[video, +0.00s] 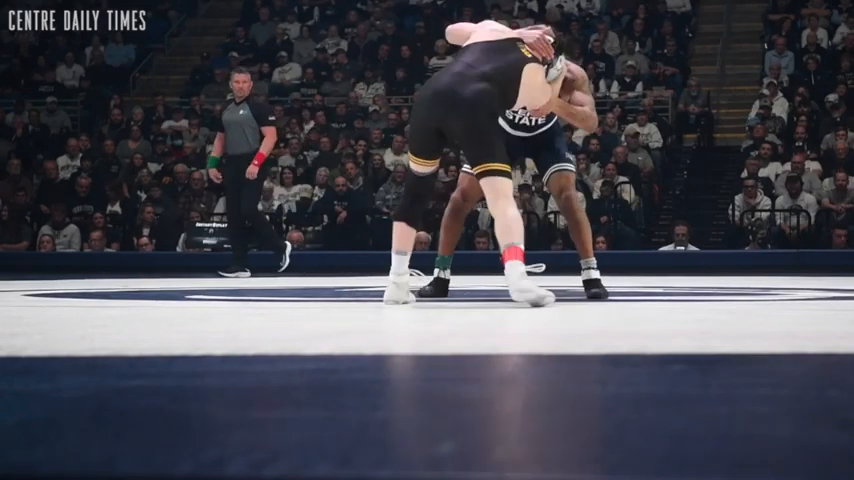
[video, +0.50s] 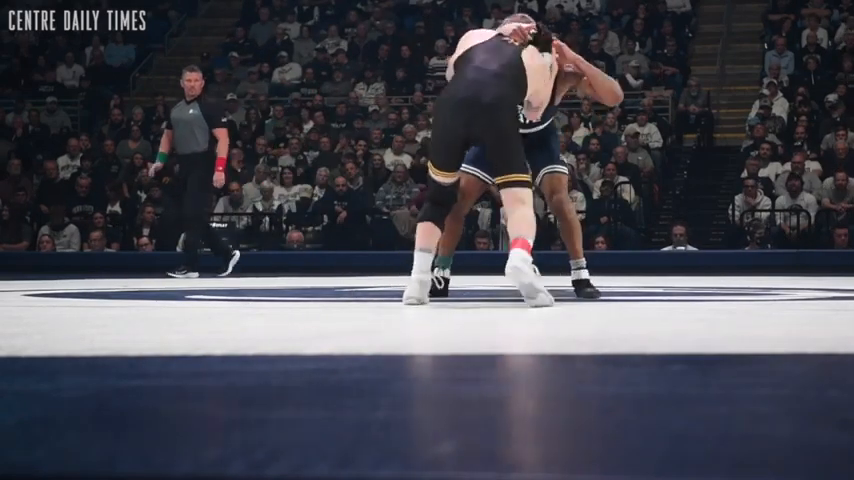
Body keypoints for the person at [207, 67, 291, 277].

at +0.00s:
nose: (240, 86)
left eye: (244, 82)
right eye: (237, 82)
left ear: (251, 85)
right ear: (230, 85)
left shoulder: (258, 106)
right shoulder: (226, 109)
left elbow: (271, 136)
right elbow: (220, 137)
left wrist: (256, 163)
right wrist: (212, 163)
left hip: (252, 163)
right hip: (231, 163)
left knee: (248, 211)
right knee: (234, 215)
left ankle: (281, 247)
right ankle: (240, 265)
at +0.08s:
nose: (232, 85)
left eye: (236, 81)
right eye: (228, 81)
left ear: (243, 83)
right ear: (222, 84)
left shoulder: (250, 105)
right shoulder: (218, 110)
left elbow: (263, 135)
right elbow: (211, 138)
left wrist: (254, 163)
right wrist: (202, 161)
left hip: (244, 161)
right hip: (225, 163)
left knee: (233, 207)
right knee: (230, 210)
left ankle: (259, 249)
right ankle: (240, 263)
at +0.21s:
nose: (219, 85)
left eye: (223, 81)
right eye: (215, 81)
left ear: (230, 83)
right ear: (209, 84)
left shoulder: (239, 106)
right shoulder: (206, 111)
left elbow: (252, 136)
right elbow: (197, 138)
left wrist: (248, 166)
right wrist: (185, 160)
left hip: (232, 163)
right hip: (214, 164)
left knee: (218, 209)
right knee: (226, 212)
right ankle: (239, 263)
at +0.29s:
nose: (211, 86)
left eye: (215, 82)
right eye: (207, 82)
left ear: (222, 84)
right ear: (201, 84)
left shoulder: (229, 106)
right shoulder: (197, 110)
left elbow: (244, 136)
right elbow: (189, 138)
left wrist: (243, 167)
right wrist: (179, 162)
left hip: (225, 165)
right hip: (206, 166)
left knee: (213, 212)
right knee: (223, 214)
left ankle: (196, 264)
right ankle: (240, 263)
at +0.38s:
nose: (203, 86)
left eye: (207, 82)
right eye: (199, 82)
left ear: (214, 84)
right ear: (193, 85)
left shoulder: (221, 107)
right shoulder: (188, 111)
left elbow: (236, 137)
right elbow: (181, 138)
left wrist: (235, 169)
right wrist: (171, 161)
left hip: (215, 166)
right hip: (197, 167)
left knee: (200, 212)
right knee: (216, 215)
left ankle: (190, 264)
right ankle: (237, 262)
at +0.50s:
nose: (191, 85)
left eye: (195, 81)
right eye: (188, 81)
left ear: (202, 82)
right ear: (182, 83)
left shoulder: (210, 106)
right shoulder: (176, 109)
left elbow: (223, 138)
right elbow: (167, 136)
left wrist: (220, 169)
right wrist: (160, 160)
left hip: (202, 164)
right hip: (183, 165)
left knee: (194, 212)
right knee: (191, 214)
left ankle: (190, 265)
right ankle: (227, 253)